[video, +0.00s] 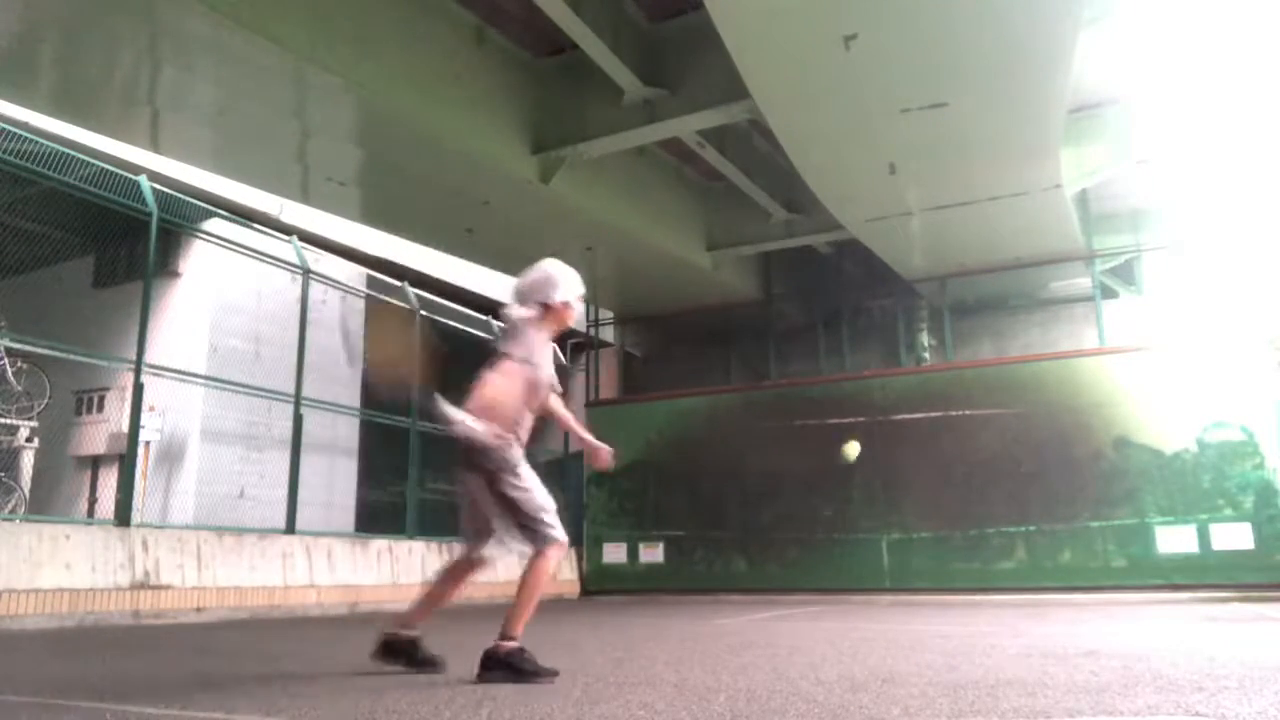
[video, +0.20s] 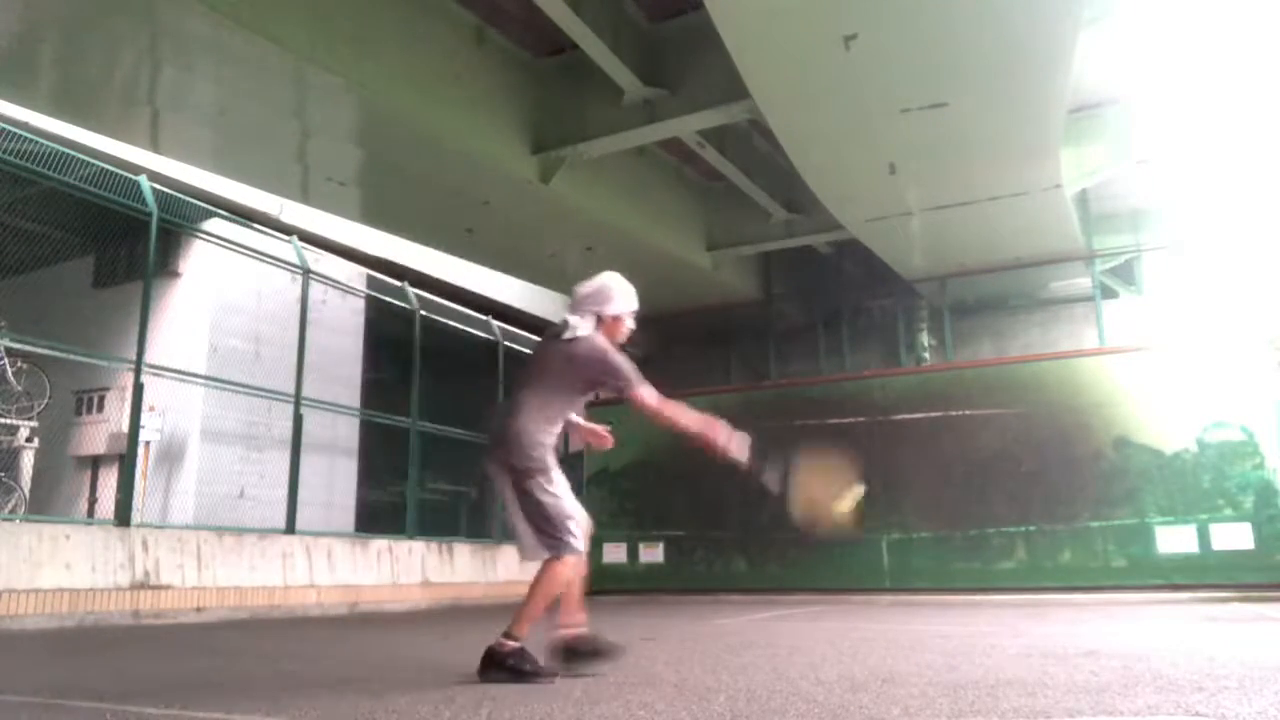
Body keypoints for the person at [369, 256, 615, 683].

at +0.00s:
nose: (577, 311)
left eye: (577, 303)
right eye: (573, 303)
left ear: (546, 303)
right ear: (555, 304)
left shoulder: (539, 346)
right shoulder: (530, 338)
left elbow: (550, 401)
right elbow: (495, 386)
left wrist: (590, 442)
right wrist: (479, 416)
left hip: (478, 447)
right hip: (495, 447)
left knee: (479, 551)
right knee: (552, 543)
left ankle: (402, 634)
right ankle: (506, 647)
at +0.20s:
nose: (631, 328)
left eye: (631, 319)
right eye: (628, 318)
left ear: (592, 313)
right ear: (608, 315)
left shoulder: (559, 345)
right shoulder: (599, 352)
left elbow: (535, 400)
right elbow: (657, 406)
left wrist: (576, 426)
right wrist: (715, 429)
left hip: (514, 447)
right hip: (528, 450)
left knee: (579, 528)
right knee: (570, 547)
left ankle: (573, 635)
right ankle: (509, 645)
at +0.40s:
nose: (672, 316)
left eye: (671, 309)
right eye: (670, 309)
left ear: (630, 305)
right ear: (659, 308)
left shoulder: (593, 342)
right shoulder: (655, 336)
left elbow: (542, 378)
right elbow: (725, 355)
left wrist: (556, 429)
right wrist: (741, 330)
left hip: (582, 461)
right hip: (602, 465)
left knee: (653, 543)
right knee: (626, 559)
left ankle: (681, 649)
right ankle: (526, 633)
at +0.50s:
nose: (686, 315)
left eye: (685, 309)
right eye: (684, 309)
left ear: (642, 307)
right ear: (674, 309)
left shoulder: (613, 348)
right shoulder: (675, 337)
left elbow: (561, 388)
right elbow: (746, 345)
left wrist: (565, 446)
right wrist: (742, 306)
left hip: (616, 470)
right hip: (642, 470)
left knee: (694, 540)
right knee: (663, 568)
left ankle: (687, 648)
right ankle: (555, 622)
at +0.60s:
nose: (694, 299)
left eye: (692, 293)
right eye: (692, 293)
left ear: (651, 293)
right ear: (683, 293)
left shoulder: (630, 335)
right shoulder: (686, 322)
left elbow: (583, 385)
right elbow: (757, 344)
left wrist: (594, 446)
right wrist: (747, 308)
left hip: (632, 452)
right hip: (661, 450)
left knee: (694, 550)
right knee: (693, 551)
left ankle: (687, 648)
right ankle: (604, 622)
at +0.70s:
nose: (698, 282)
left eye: (694, 276)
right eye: (697, 275)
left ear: (653, 275)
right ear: (690, 276)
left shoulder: (632, 317)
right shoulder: (698, 307)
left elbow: (603, 375)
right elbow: (758, 355)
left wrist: (625, 414)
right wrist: (754, 324)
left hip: (637, 438)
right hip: (676, 434)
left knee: (681, 542)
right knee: (707, 537)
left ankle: (688, 644)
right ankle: (657, 632)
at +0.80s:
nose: (699, 272)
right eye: (699, 265)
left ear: (655, 264)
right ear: (696, 266)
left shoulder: (634, 311)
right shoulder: (705, 304)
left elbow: (612, 379)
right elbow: (751, 366)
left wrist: (642, 395)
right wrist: (755, 348)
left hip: (642, 432)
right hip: (686, 427)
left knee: (677, 541)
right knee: (711, 538)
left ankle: (683, 644)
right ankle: (713, 642)